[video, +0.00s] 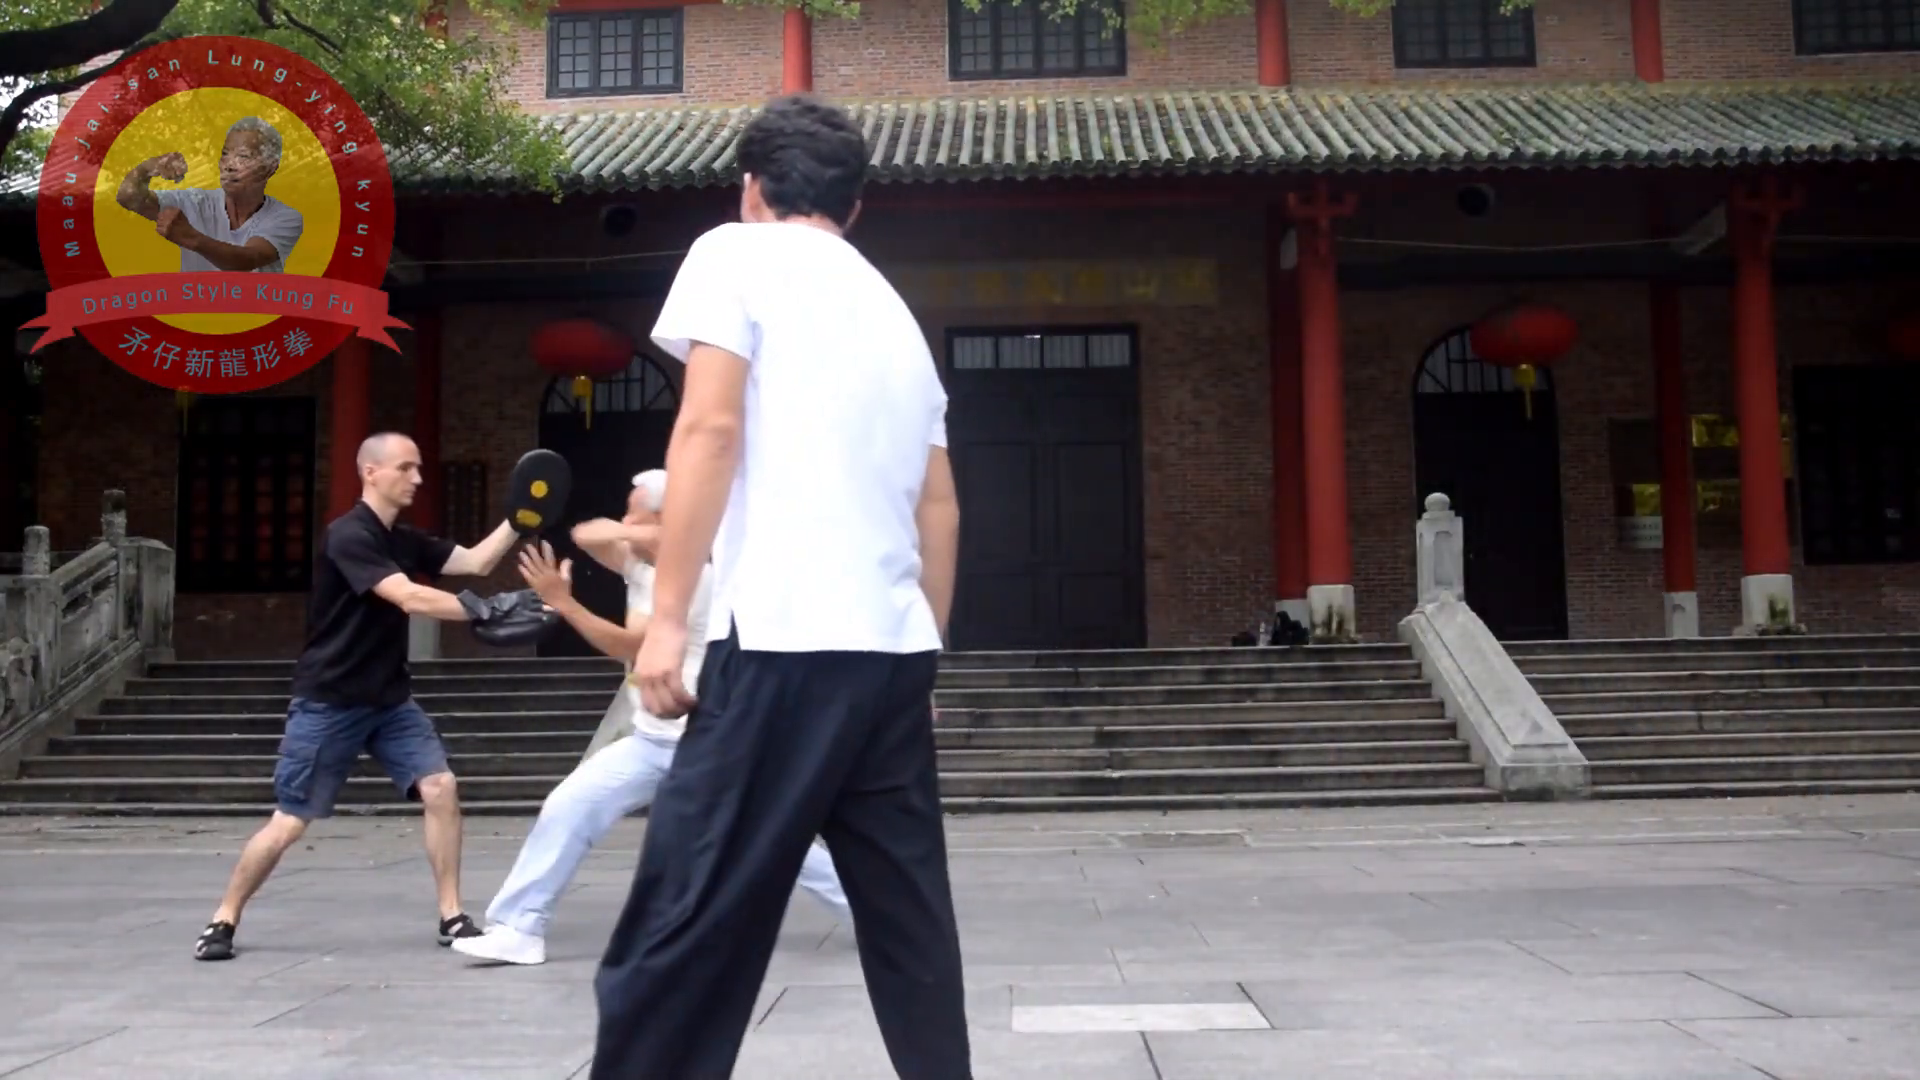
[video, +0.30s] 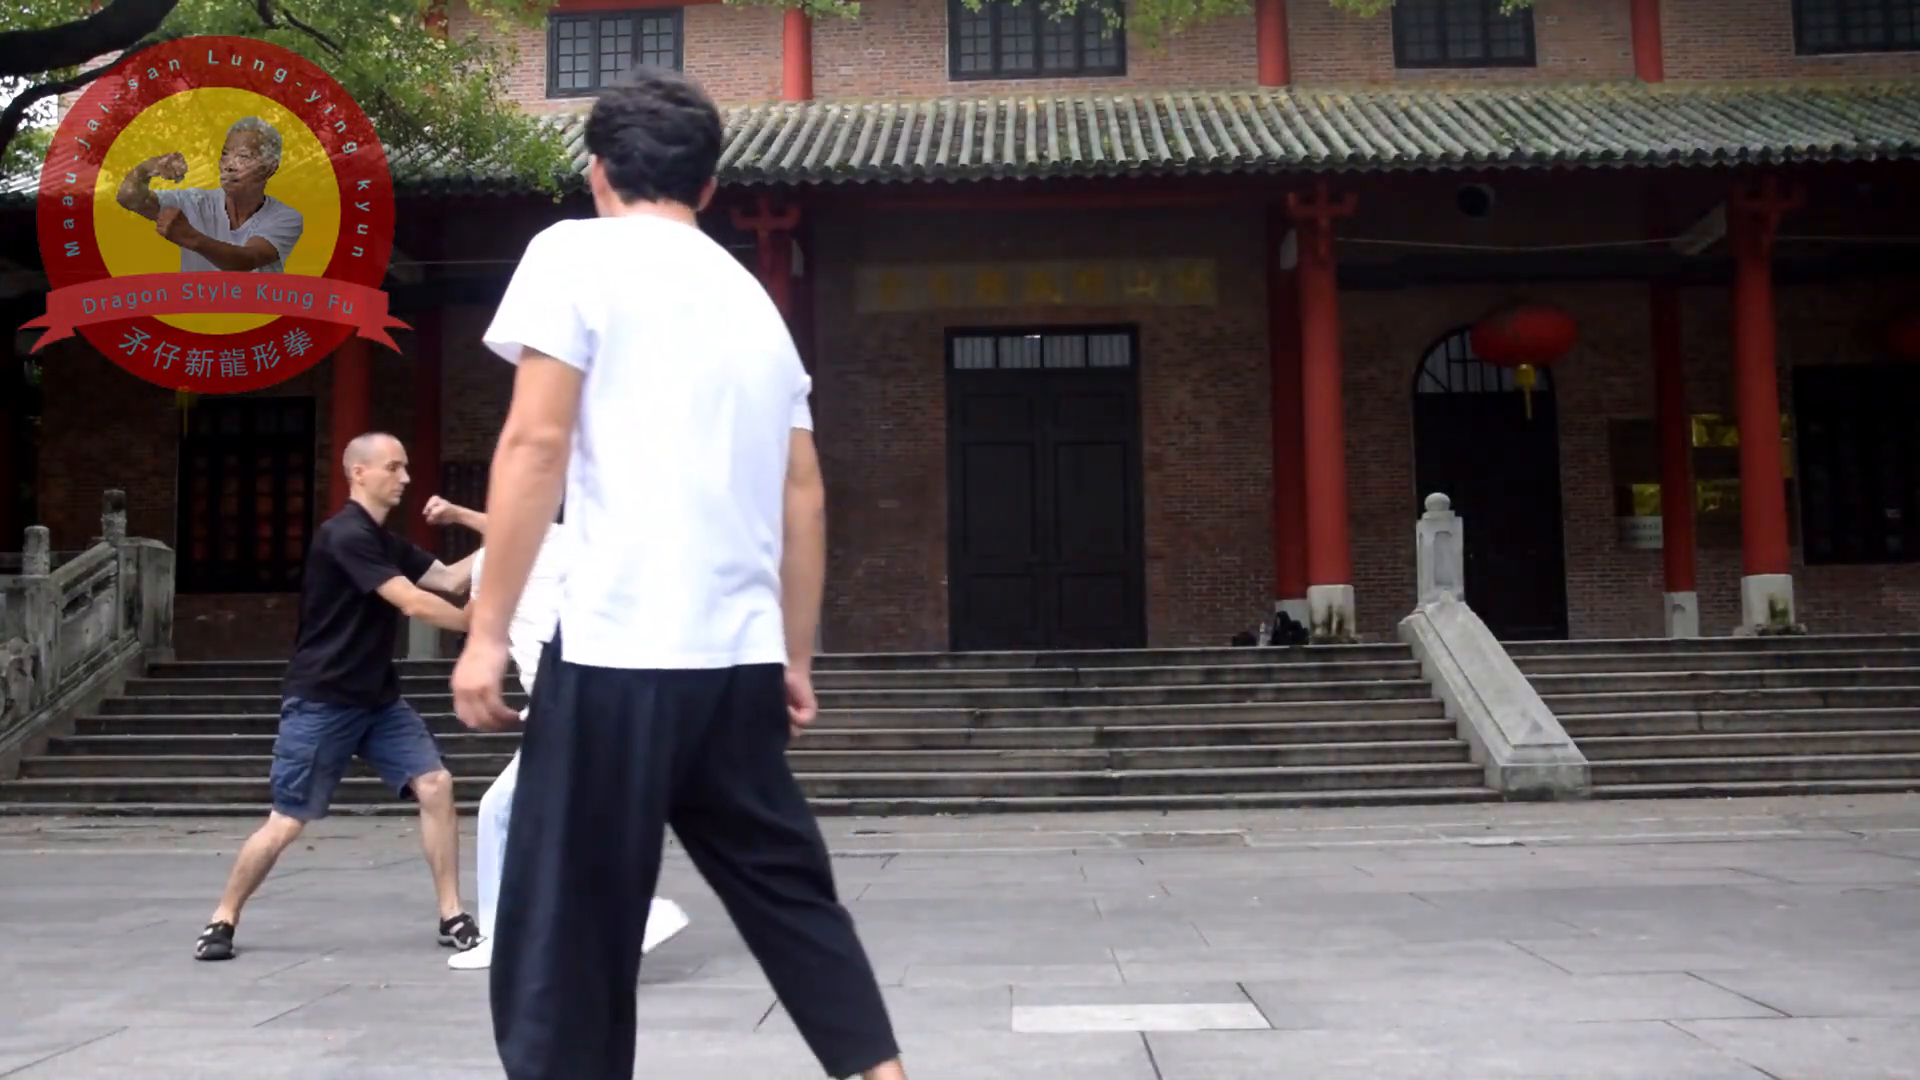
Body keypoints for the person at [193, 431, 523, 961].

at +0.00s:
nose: (417, 478)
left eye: (418, 469)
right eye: (406, 468)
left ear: (410, 477)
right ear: (370, 473)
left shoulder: (404, 538)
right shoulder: (347, 535)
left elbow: (474, 560)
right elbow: (407, 596)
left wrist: (523, 515)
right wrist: (485, 612)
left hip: (390, 701)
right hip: (327, 703)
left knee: (441, 788)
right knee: (289, 824)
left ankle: (453, 915)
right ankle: (224, 920)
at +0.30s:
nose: (404, 477)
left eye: (405, 468)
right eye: (393, 468)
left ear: (391, 476)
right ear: (358, 473)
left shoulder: (383, 537)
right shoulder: (343, 534)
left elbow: (451, 579)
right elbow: (414, 604)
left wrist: (510, 542)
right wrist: (489, 621)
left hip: (378, 700)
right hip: (320, 701)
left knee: (435, 786)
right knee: (286, 823)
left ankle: (453, 915)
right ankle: (224, 919)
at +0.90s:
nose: (376, 488)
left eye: (378, 479)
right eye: (367, 481)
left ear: (384, 486)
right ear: (348, 488)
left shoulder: (392, 544)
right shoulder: (328, 543)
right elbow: (374, 606)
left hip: (375, 703)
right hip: (319, 706)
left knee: (430, 809)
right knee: (302, 830)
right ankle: (201, 901)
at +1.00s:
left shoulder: (357, 537)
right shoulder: (277, 541)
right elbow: (310, 616)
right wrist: (372, 634)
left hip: (347, 700)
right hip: (291, 702)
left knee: (402, 814)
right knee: (287, 827)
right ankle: (181, 913)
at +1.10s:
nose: (292, 489)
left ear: (307, 489)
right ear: (257, 487)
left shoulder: (315, 538)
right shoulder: (238, 539)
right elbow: (257, 608)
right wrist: (306, 671)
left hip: (306, 697)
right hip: (250, 699)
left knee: (366, 801)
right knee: (266, 822)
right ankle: (181, 923)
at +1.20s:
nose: (265, 488)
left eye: (270, 483)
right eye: (256, 482)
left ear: (277, 489)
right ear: (236, 487)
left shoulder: (290, 540)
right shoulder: (213, 535)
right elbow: (214, 590)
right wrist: (256, 631)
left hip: (274, 691)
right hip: (218, 691)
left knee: (302, 794)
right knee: (255, 810)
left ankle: (286, 899)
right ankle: (180, 924)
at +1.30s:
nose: (258, 484)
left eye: (262, 480)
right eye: (250, 478)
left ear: (265, 485)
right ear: (218, 482)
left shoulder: (265, 528)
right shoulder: (193, 529)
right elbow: (201, 577)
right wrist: (263, 541)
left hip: (240, 688)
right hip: (190, 686)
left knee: (253, 802)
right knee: (235, 804)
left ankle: (159, 879)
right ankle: (180, 924)